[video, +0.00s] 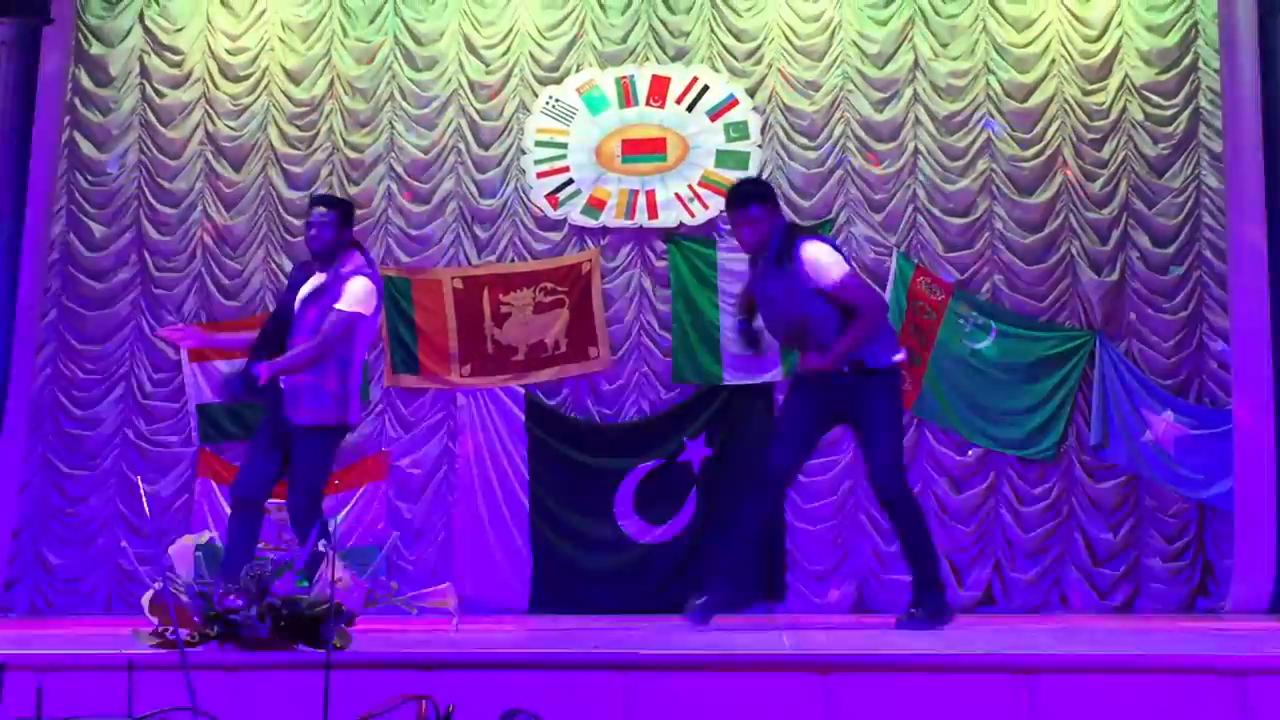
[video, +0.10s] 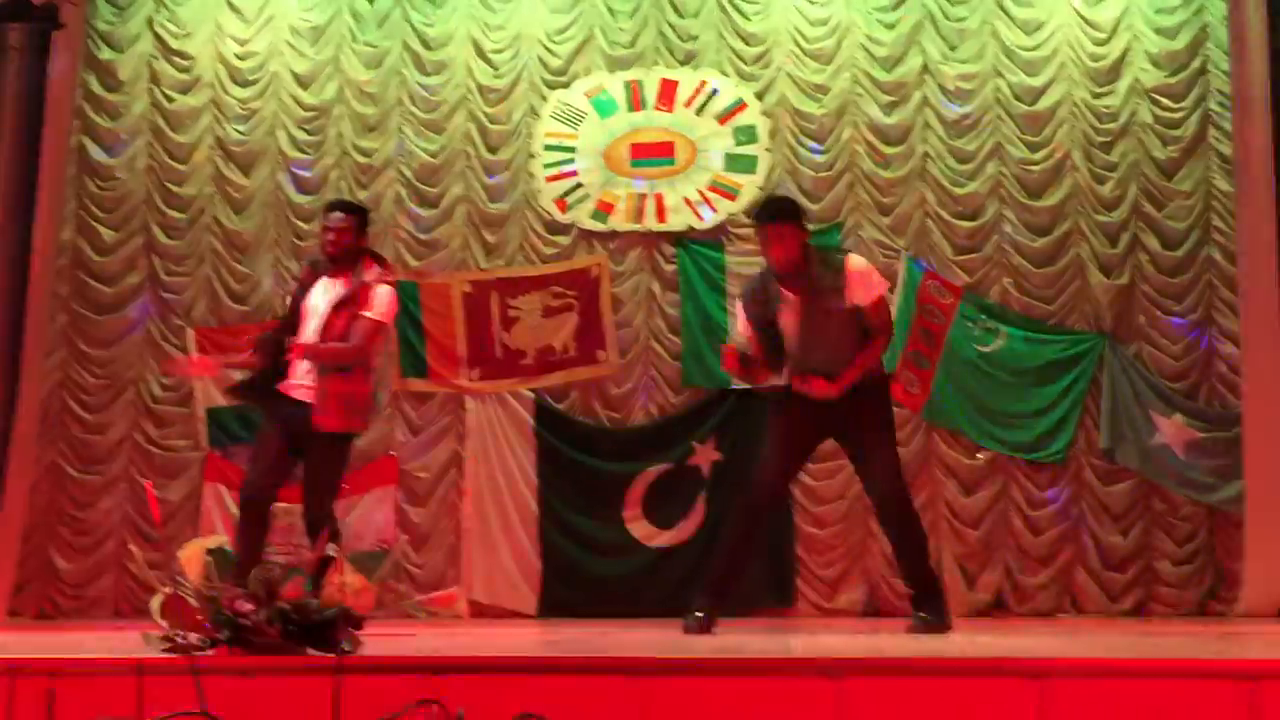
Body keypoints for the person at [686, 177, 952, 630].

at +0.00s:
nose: (743, 234)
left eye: (750, 222)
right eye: (736, 225)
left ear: (774, 216)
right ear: (733, 226)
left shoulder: (812, 255)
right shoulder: (761, 265)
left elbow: (875, 309)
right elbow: (756, 292)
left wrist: (830, 357)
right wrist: (746, 319)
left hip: (870, 378)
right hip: (814, 381)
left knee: (889, 484)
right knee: (771, 476)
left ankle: (931, 596)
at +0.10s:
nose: (775, 250)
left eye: (783, 239)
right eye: (768, 241)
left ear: (802, 236)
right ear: (761, 245)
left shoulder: (851, 272)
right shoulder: (758, 296)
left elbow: (882, 335)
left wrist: (843, 382)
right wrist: (745, 364)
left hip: (858, 394)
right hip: (801, 397)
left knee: (890, 496)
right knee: (760, 493)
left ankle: (930, 605)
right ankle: (707, 605)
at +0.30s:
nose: (803, 297)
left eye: (812, 286)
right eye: (794, 288)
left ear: (832, 279)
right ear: (784, 285)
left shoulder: (868, 306)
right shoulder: (771, 325)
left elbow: (903, 344)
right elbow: (760, 406)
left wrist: (863, 392)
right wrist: (823, 412)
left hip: (870, 398)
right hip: (811, 407)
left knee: (905, 496)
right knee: (787, 499)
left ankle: (959, 605)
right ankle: (734, 606)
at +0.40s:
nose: (799, 308)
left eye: (809, 297)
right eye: (791, 298)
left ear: (829, 290)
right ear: (781, 295)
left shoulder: (869, 314)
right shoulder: (766, 330)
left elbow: (909, 351)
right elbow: (727, 390)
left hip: (871, 399)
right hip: (807, 404)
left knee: (909, 492)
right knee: (759, 484)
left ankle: (964, 602)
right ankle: (740, 599)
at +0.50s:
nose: (820, 285)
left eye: (828, 274)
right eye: (811, 275)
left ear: (844, 272)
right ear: (798, 277)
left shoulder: (881, 301)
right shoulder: (781, 317)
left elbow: (884, 361)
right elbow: (748, 386)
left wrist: (851, 401)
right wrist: (722, 449)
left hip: (870, 395)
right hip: (804, 399)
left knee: (905, 482)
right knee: (758, 477)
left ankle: (962, 592)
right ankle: (742, 597)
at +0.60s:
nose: (882, 246)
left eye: (887, 236)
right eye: (872, 237)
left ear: (894, 238)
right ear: (847, 237)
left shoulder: (908, 282)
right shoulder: (813, 285)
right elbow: (782, 362)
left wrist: (876, 387)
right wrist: (828, 393)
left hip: (870, 394)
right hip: (808, 395)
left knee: (925, 465)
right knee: (761, 472)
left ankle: (919, 593)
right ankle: (738, 599)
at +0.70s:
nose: (942, 214)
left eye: (939, 205)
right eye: (933, 206)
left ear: (912, 214)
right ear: (905, 214)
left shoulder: (917, 270)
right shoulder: (869, 269)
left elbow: (892, 341)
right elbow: (853, 349)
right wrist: (918, 365)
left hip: (867, 399)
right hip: (829, 397)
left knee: (921, 483)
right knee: (823, 490)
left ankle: (902, 603)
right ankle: (730, 560)